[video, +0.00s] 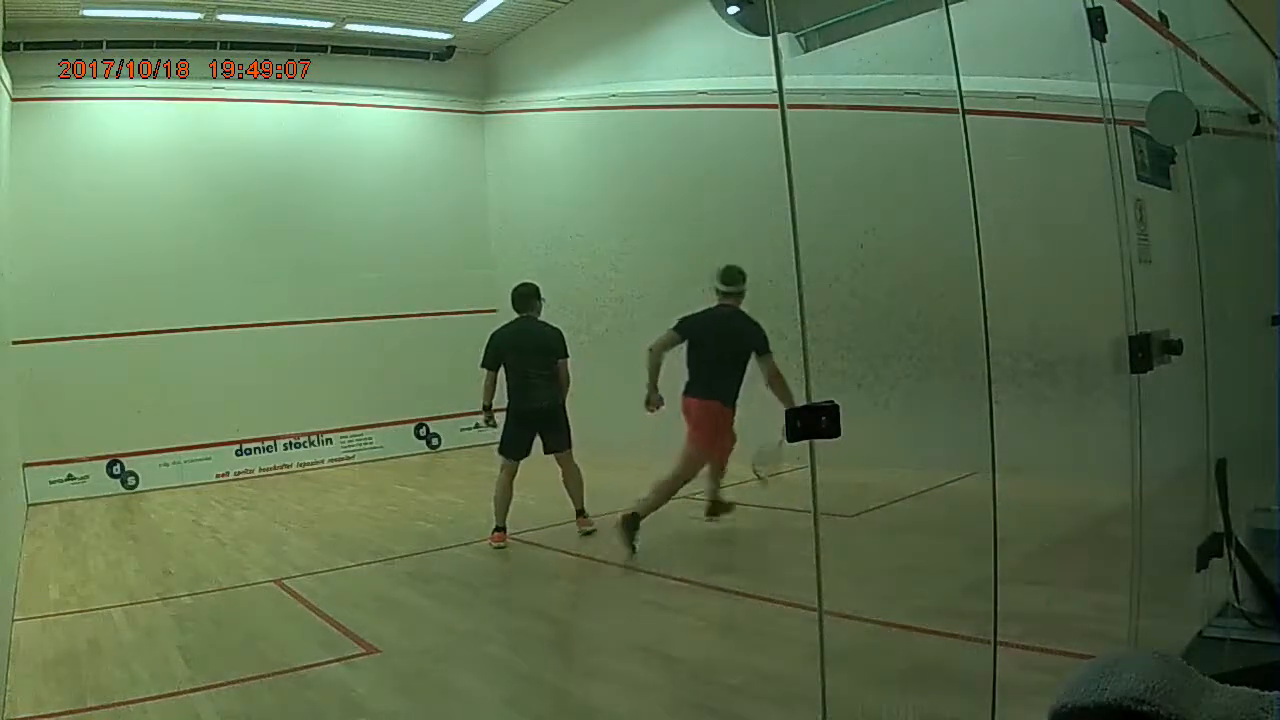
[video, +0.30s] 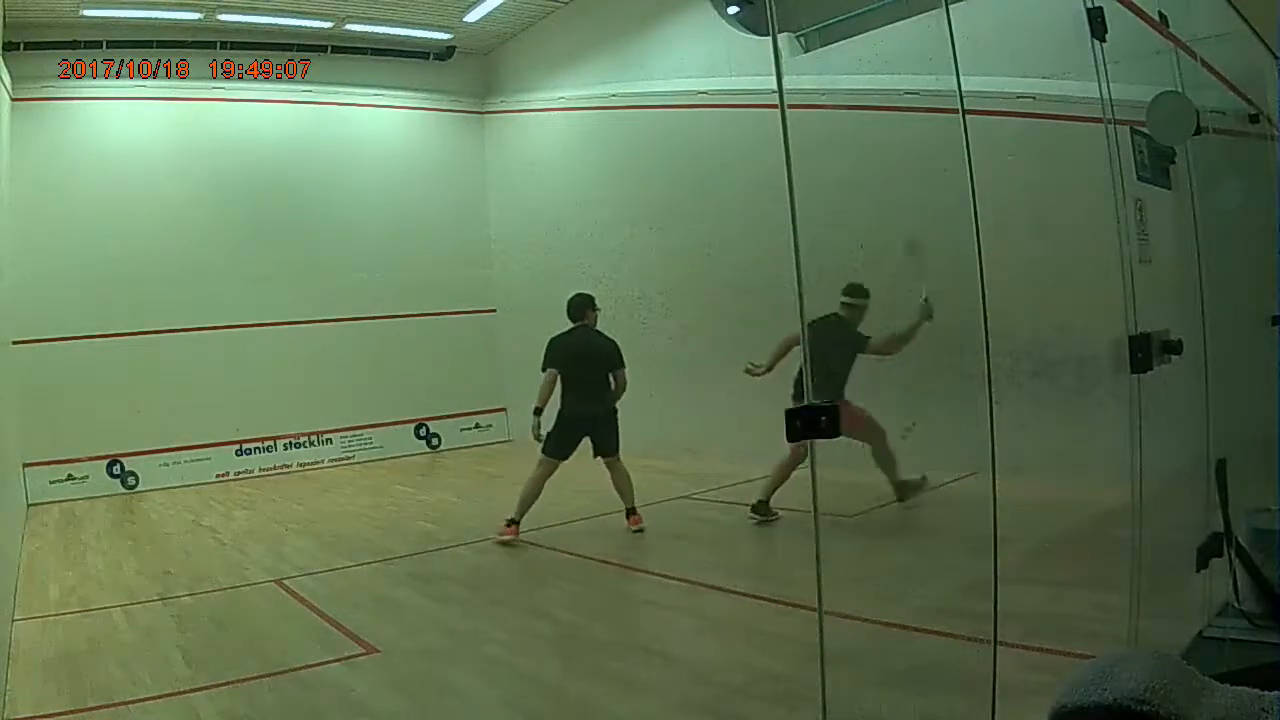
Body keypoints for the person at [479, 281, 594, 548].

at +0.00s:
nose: (543, 305)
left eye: (540, 302)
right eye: (542, 302)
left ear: (514, 306)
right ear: (538, 304)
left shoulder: (500, 336)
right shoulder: (553, 333)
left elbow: (490, 379)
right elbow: (564, 376)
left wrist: (487, 409)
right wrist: (560, 402)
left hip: (520, 413)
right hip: (552, 411)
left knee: (507, 470)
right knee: (567, 462)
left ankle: (499, 529)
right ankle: (582, 516)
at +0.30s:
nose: (597, 316)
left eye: (596, 311)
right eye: (595, 312)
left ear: (571, 316)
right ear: (589, 314)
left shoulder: (558, 342)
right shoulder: (606, 343)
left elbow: (550, 378)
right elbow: (621, 383)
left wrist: (537, 413)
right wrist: (610, 401)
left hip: (571, 416)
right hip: (603, 414)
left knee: (544, 468)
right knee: (613, 462)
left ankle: (514, 523)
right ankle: (633, 514)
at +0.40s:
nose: (618, 312)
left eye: (615, 308)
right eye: (616, 308)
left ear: (591, 312)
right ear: (613, 311)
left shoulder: (581, 339)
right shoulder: (627, 339)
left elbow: (570, 379)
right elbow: (645, 380)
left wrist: (555, 414)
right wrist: (632, 401)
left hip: (594, 413)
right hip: (625, 412)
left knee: (566, 465)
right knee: (623, 460)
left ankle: (559, 526)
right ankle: (633, 516)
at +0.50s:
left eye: (611, 295)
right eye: (627, 293)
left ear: (606, 297)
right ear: (631, 296)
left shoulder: (598, 327)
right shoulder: (646, 326)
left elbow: (582, 366)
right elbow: (666, 366)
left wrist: (568, 399)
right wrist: (650, 390)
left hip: (615, 402)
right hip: (644, 402)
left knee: (597, 458)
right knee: (631, 453)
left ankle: (616, 518)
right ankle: (635, 513)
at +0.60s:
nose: (624, 288)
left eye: (621, 284)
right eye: (636, 284)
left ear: (619, 286)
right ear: (643, 286)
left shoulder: (609, 316)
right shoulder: (658, 315)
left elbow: (597, 356)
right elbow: (681, 355)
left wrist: (582, 385)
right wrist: (665, 380)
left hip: (632, 391)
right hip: (661, 391)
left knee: (623, 454)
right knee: (655, 448)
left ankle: (653, 509)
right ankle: (652, 510)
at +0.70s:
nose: (639, 293)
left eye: (638, 289)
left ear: (638, 290)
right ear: (662, 289)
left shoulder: (635, 321)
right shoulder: (677, 318)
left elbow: (632, 362)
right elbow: (697, 357)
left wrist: (611, 383)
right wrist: (684, 381)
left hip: (660, 395)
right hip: (685, 390)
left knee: (660, 460)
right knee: (682, 454)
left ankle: (695, 512)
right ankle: (715, 505)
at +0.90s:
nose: (661, 307)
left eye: (663, 303)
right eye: (663, 302)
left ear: (667, 307)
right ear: (688, 305)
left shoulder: (684, 338)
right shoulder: (696, 332)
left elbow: (698, 381)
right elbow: (709, 379)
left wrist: (678, 409)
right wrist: (688, 414)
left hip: (710, 414)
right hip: (709, 412)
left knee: (713, 481)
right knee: (703, 467)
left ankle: (770, 527)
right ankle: (723, 511)